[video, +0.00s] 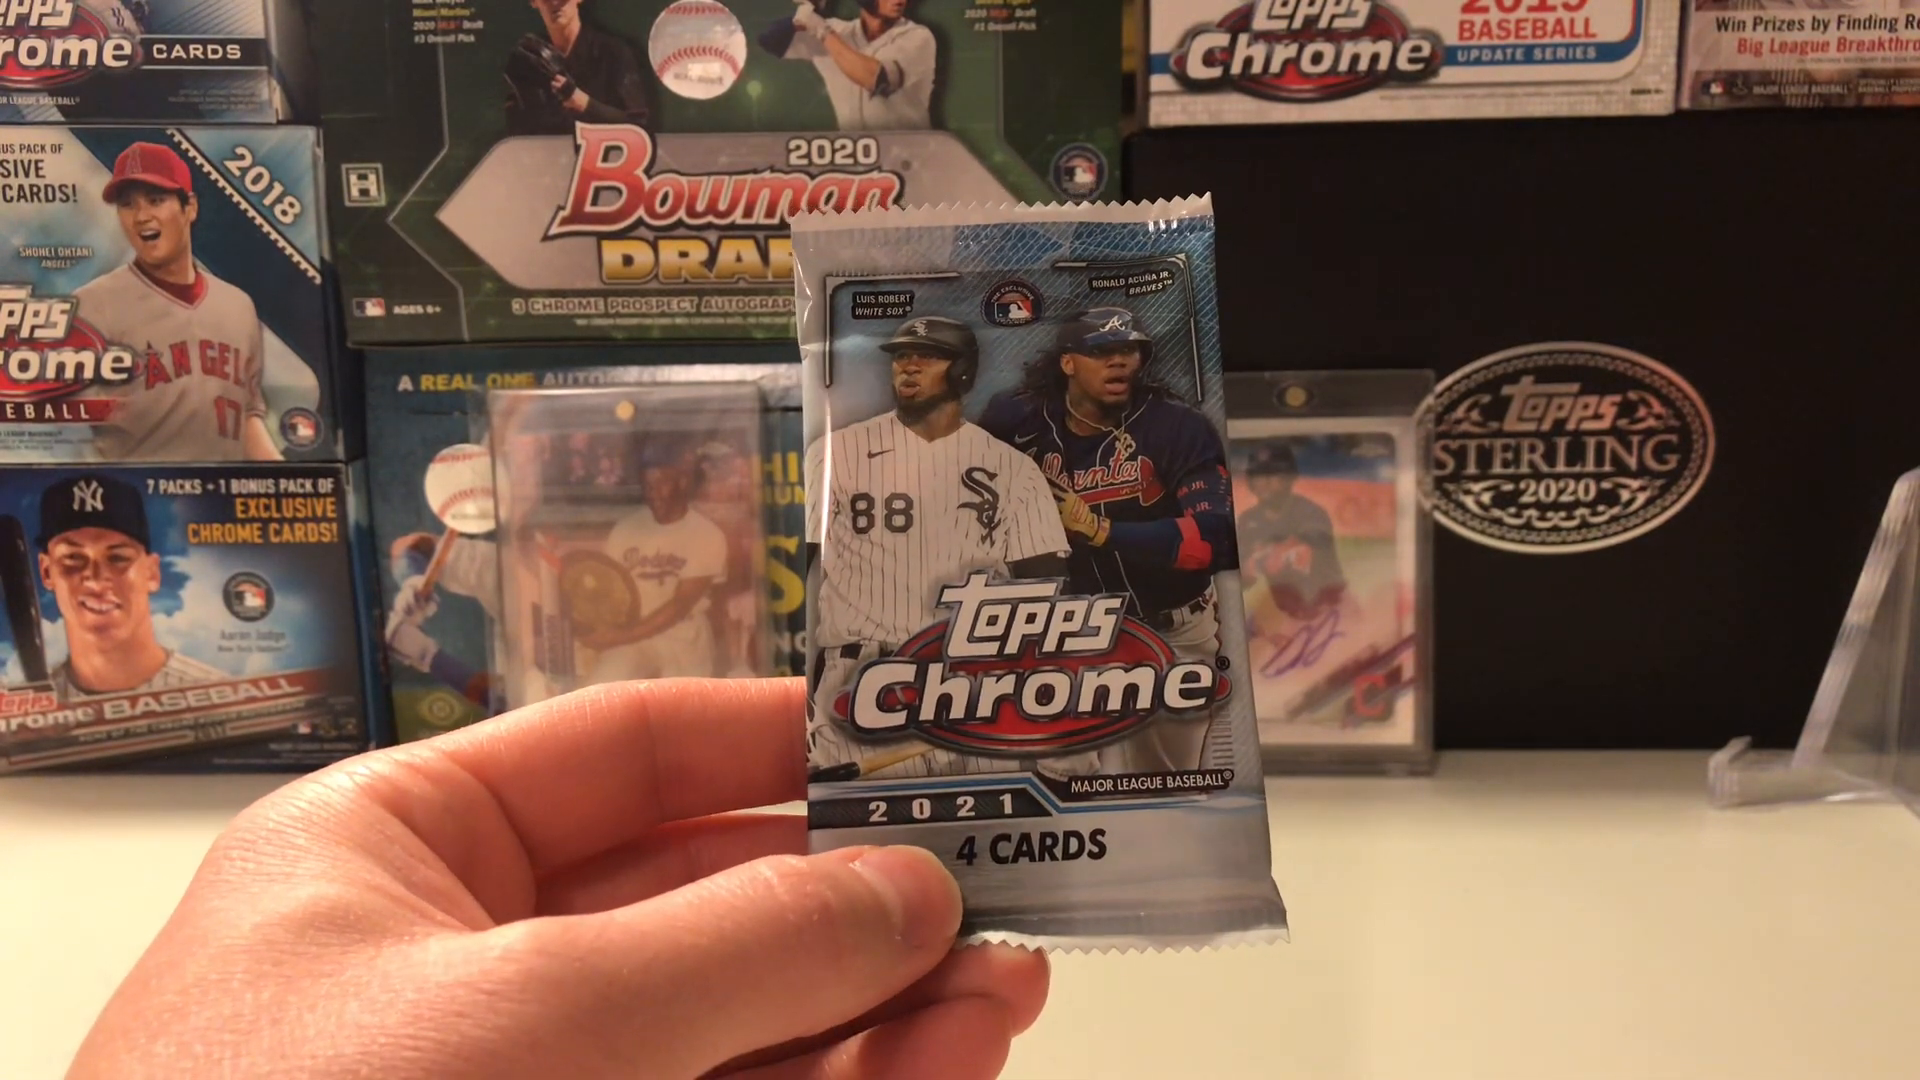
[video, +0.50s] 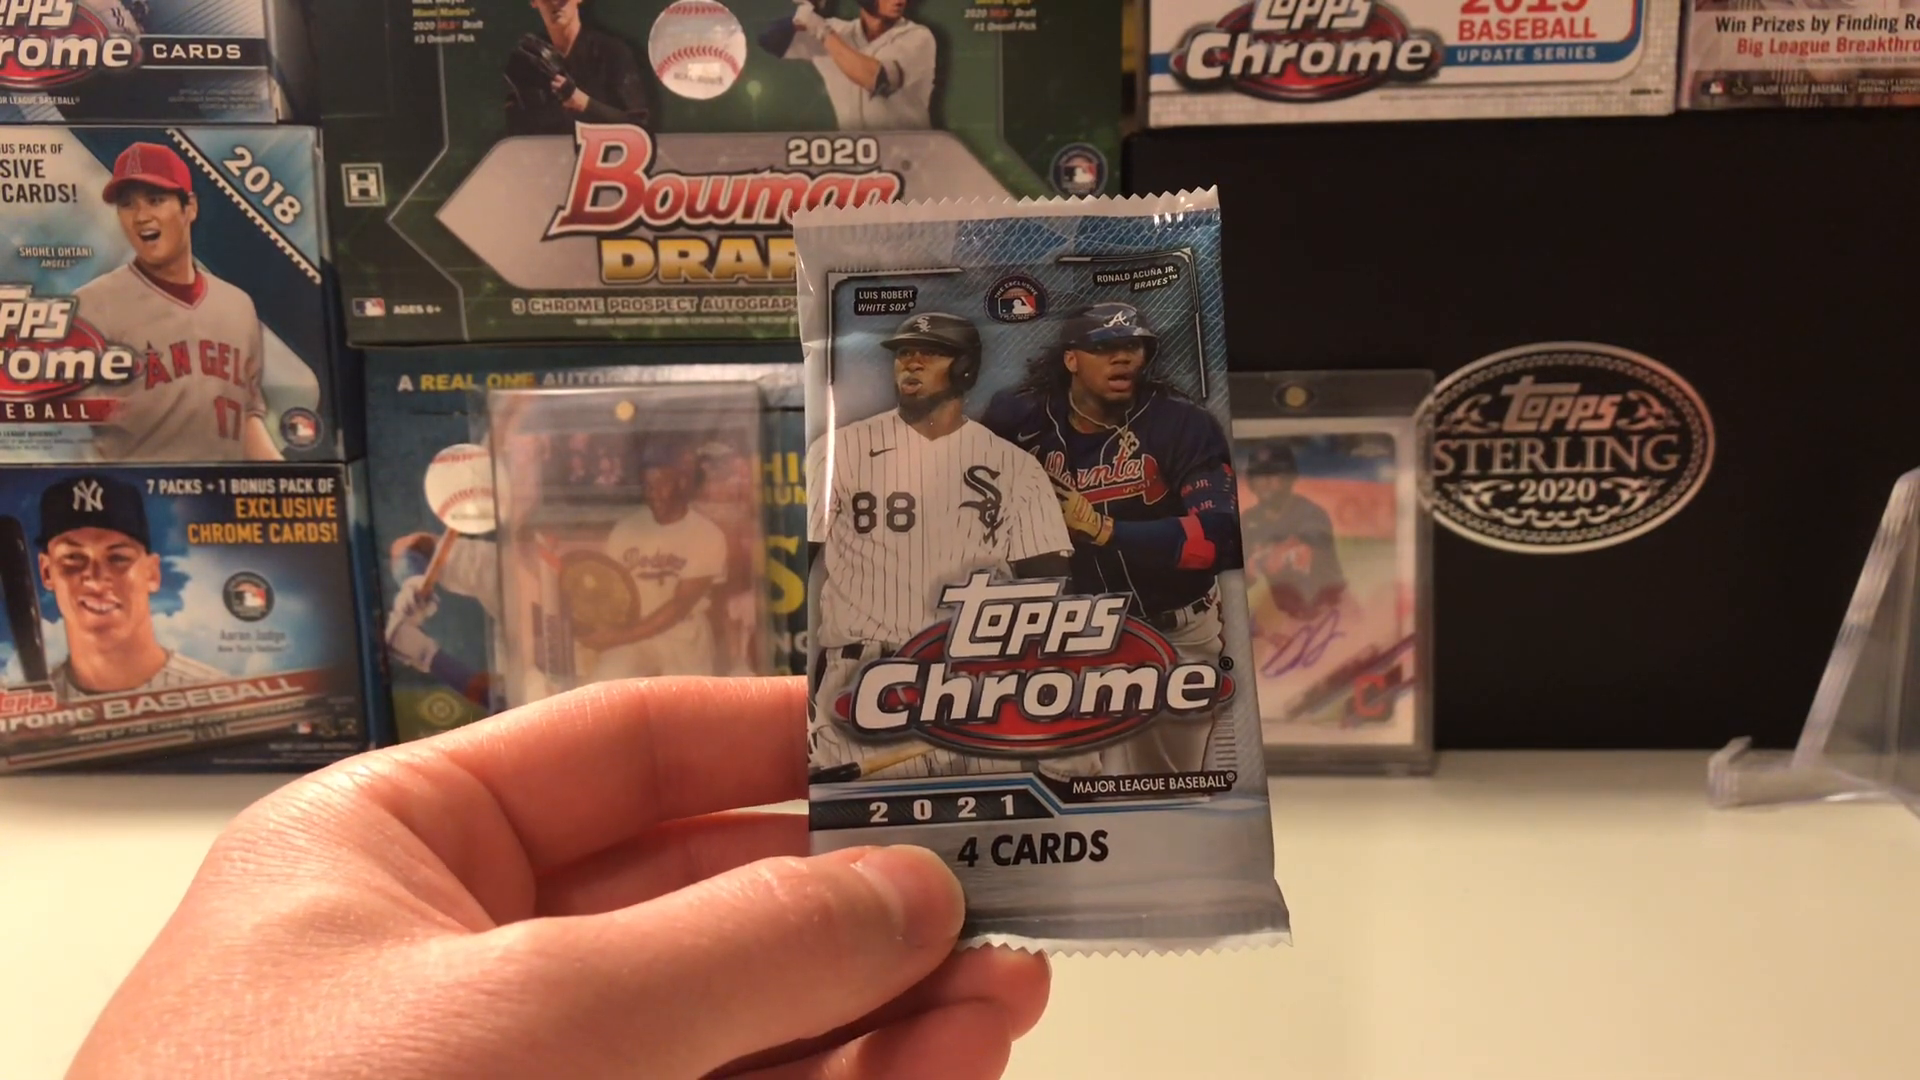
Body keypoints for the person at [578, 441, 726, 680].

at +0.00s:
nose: (653, 495)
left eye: (661, 485)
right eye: (648, 486)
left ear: (683, 484)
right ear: (642, 488)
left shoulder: (707, 536)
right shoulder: (624, 530)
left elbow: (680, 606)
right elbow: (604, 590)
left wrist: (618, 637)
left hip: (683, 640)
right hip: (627, 642)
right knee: (598, 701)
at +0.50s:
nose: (652, 495)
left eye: (660, 485)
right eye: (647, 486)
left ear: (682, 484)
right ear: (642, 488)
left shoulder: (707, 536)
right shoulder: (625, 530)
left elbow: (680, 606)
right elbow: (604, 589)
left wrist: (617, 637)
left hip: (683, 641)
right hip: (627, 643)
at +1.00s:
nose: (653, 495)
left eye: (661, 485)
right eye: (648, 486)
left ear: (682, 485)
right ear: (643, 489)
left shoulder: (707, 536)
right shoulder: (625, 530)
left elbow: (680, 606)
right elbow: (604, 588)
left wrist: (619, 637)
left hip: (683, 640)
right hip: (627, 642)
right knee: (602, 697)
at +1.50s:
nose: (653, 495)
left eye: (661, 485)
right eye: (648, 487)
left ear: (681, 485)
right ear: (643, 489)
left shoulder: (707, 536)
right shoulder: (625, 529)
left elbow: (680, 607)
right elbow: (604, 588)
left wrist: (618, 637)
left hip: (683, 641)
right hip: (626, 642)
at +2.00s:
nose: (652, 495)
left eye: (661, 485)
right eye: (647, 486)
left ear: (682, 484)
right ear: (642, 489)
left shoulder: (707, 536)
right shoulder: (624, 530)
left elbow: (679, 606)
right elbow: (603, 588)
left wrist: (617, 637)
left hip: (683, 644)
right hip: (625, 644)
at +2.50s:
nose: (652, 495)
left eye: (659, 485)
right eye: (647, 486)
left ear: (681, 483)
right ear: (642, 488)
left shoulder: (707, 535)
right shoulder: (625, 530)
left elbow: (680, 606)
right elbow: (603, 588)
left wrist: (620, 636)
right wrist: (596, 627)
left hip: (684, 637)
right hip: (629, 638)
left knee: (687, 710)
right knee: (602, 696)